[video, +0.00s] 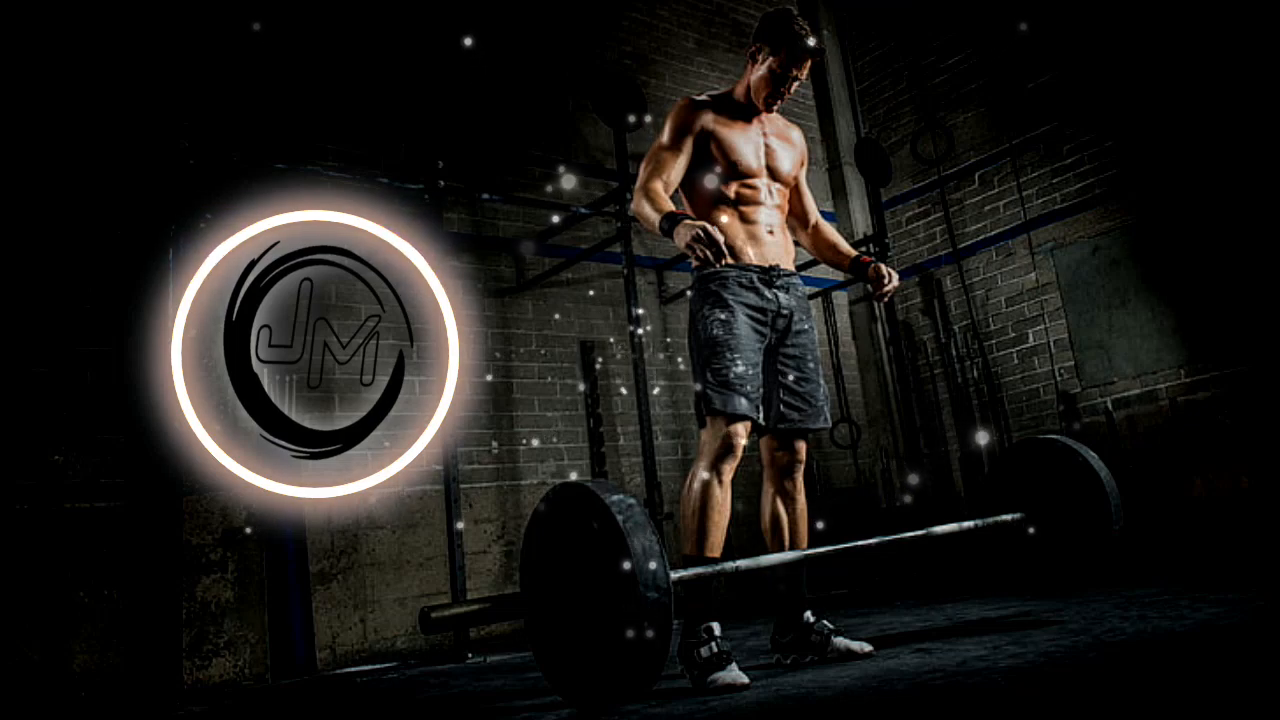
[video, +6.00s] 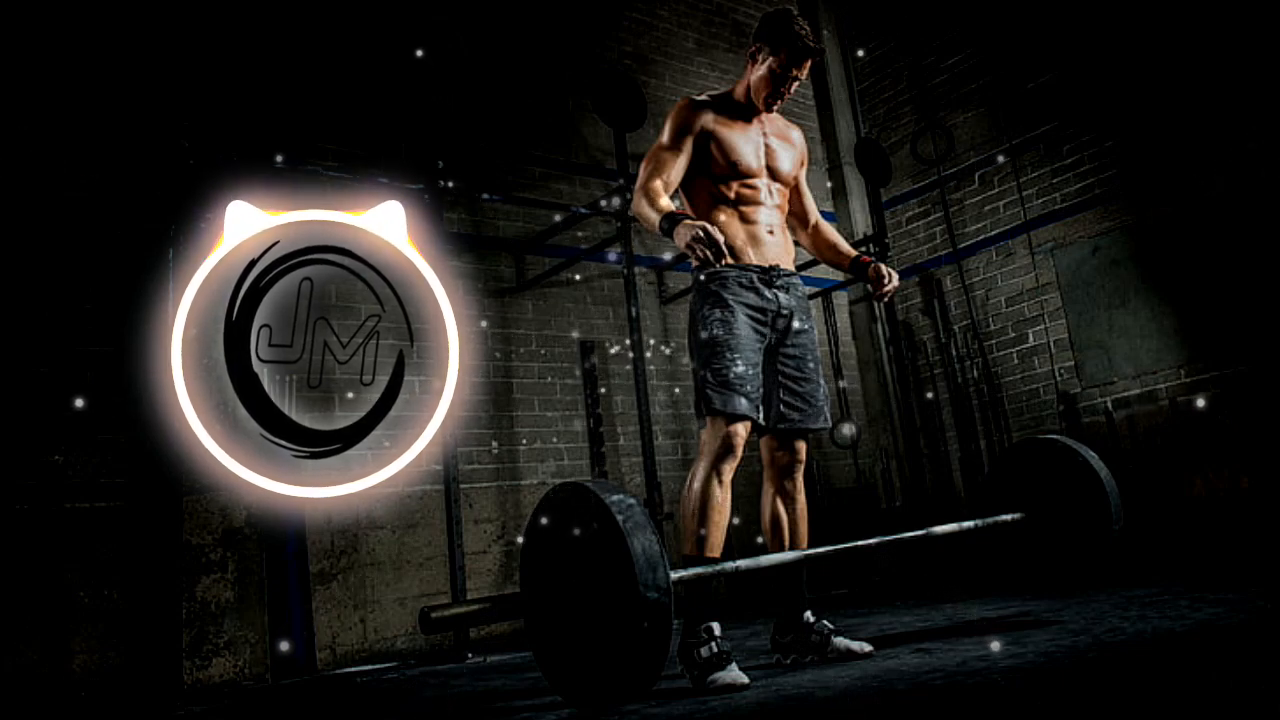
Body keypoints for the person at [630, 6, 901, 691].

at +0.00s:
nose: (791, 87)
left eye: (801, 77)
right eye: (788, 71)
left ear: (803, 76)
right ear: (757, 57)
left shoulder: (792, 137)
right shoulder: (697, 115)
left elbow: (809, 225)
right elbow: (644, 200)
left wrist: (860, 264)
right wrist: (677, 227)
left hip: (790, 297)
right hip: (730, 292)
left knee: (790, 456)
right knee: (729, 440)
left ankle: (797, 625)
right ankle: (699, 634)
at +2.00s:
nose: (790, 90)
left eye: (801, 79)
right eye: (787, 73)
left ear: (803, 76)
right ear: (756, 57)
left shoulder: (792, 136)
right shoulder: (697, 115)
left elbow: (808, 224)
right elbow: (645, 197)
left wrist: (860, 264)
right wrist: (677, 225)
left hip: (790, 297)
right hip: (731, 292)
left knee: (790, 455)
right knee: (730, 437)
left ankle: (796, 624)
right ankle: (698, 633)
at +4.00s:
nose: (789, 92)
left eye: (799, 82)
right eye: (785, 76)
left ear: (801, 77)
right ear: (756, 59)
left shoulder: (792, 136)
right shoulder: (697, 115)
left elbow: (809, 225)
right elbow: (645, 199)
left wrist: (860, 265)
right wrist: (676, 225)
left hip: (790, 296)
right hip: (730, 291)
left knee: (790, 453)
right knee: (728, 438)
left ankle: (797, 623)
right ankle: (698, 633)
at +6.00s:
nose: (789, 89)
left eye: (799, 79)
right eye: (787, 73)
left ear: (801, 76)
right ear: (756, 57)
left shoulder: (792, 137)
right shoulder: (698, 115)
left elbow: (808, 224)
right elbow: (646, 197)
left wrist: (860, 264)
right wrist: (675, 226)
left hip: (790, 297)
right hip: (730, 293)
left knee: (790, 455)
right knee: (730, 438)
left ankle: (797, 624)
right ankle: (699, 634)